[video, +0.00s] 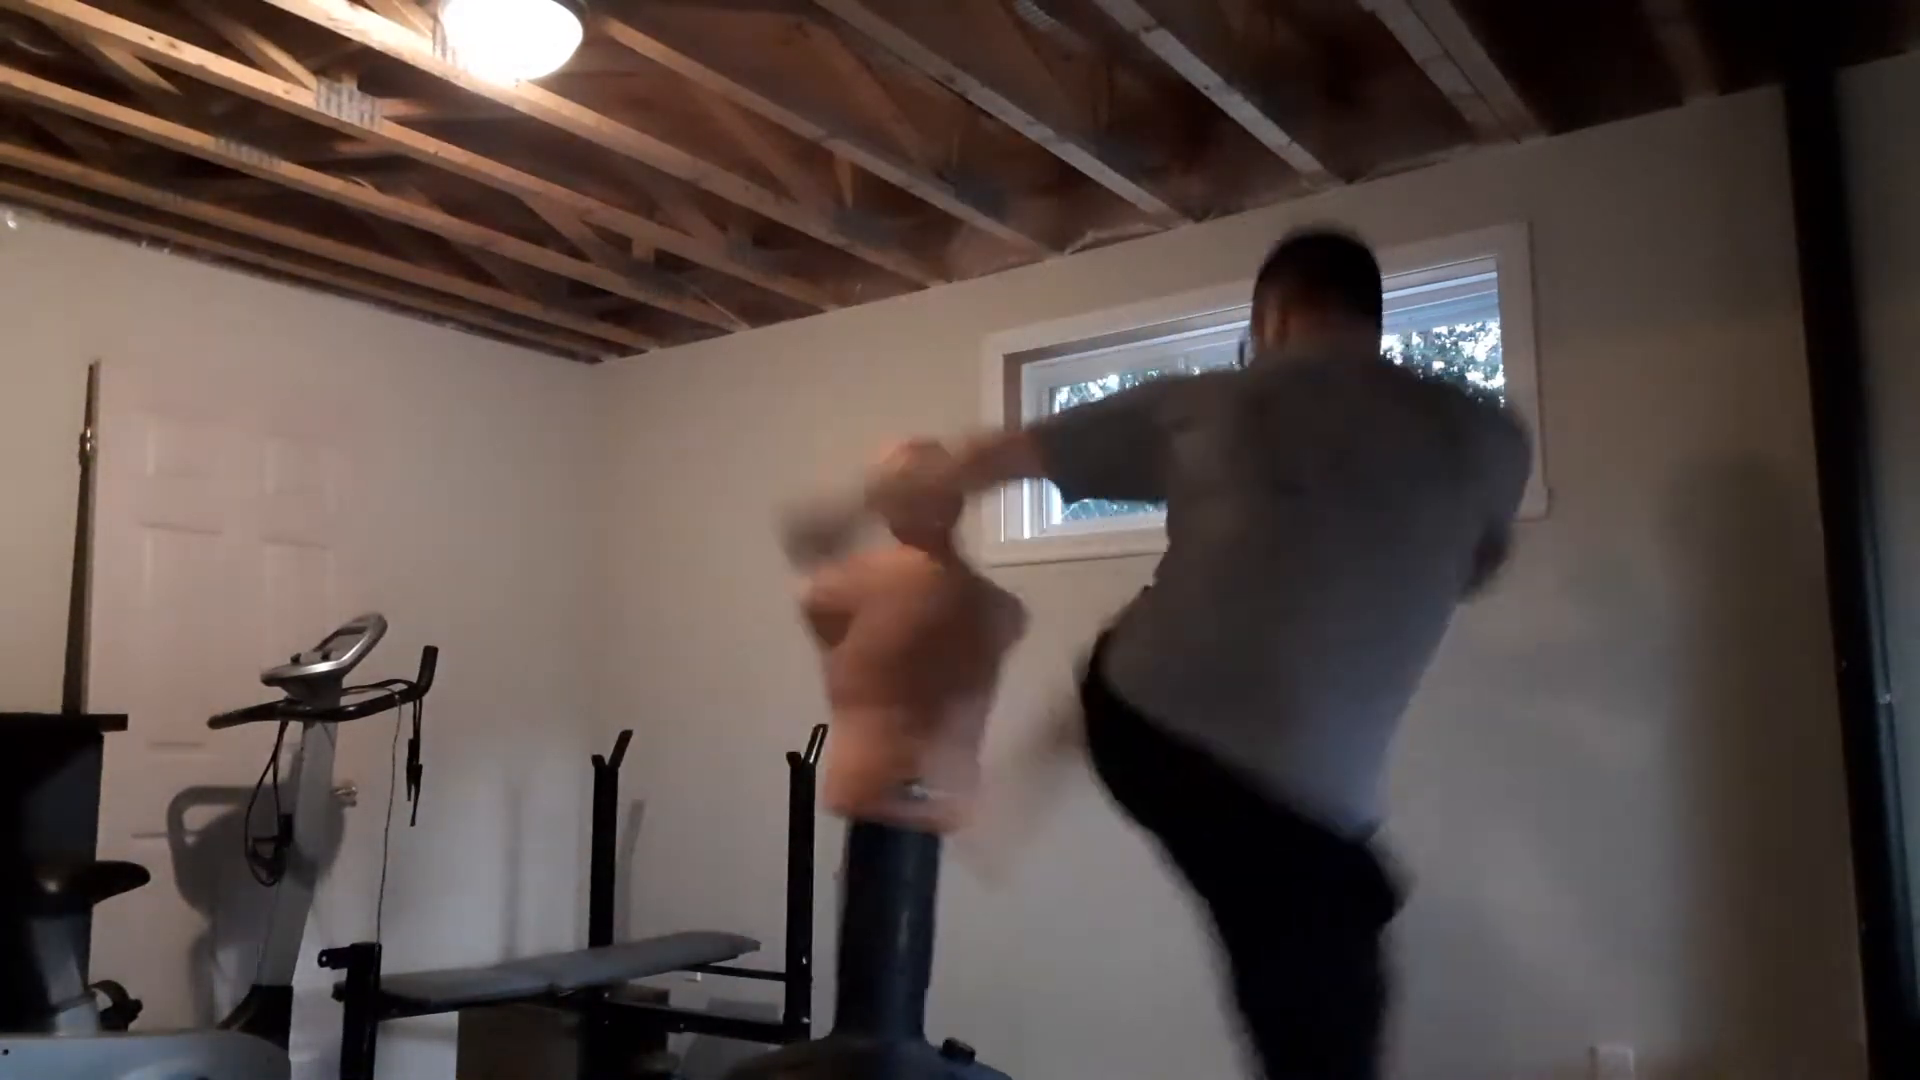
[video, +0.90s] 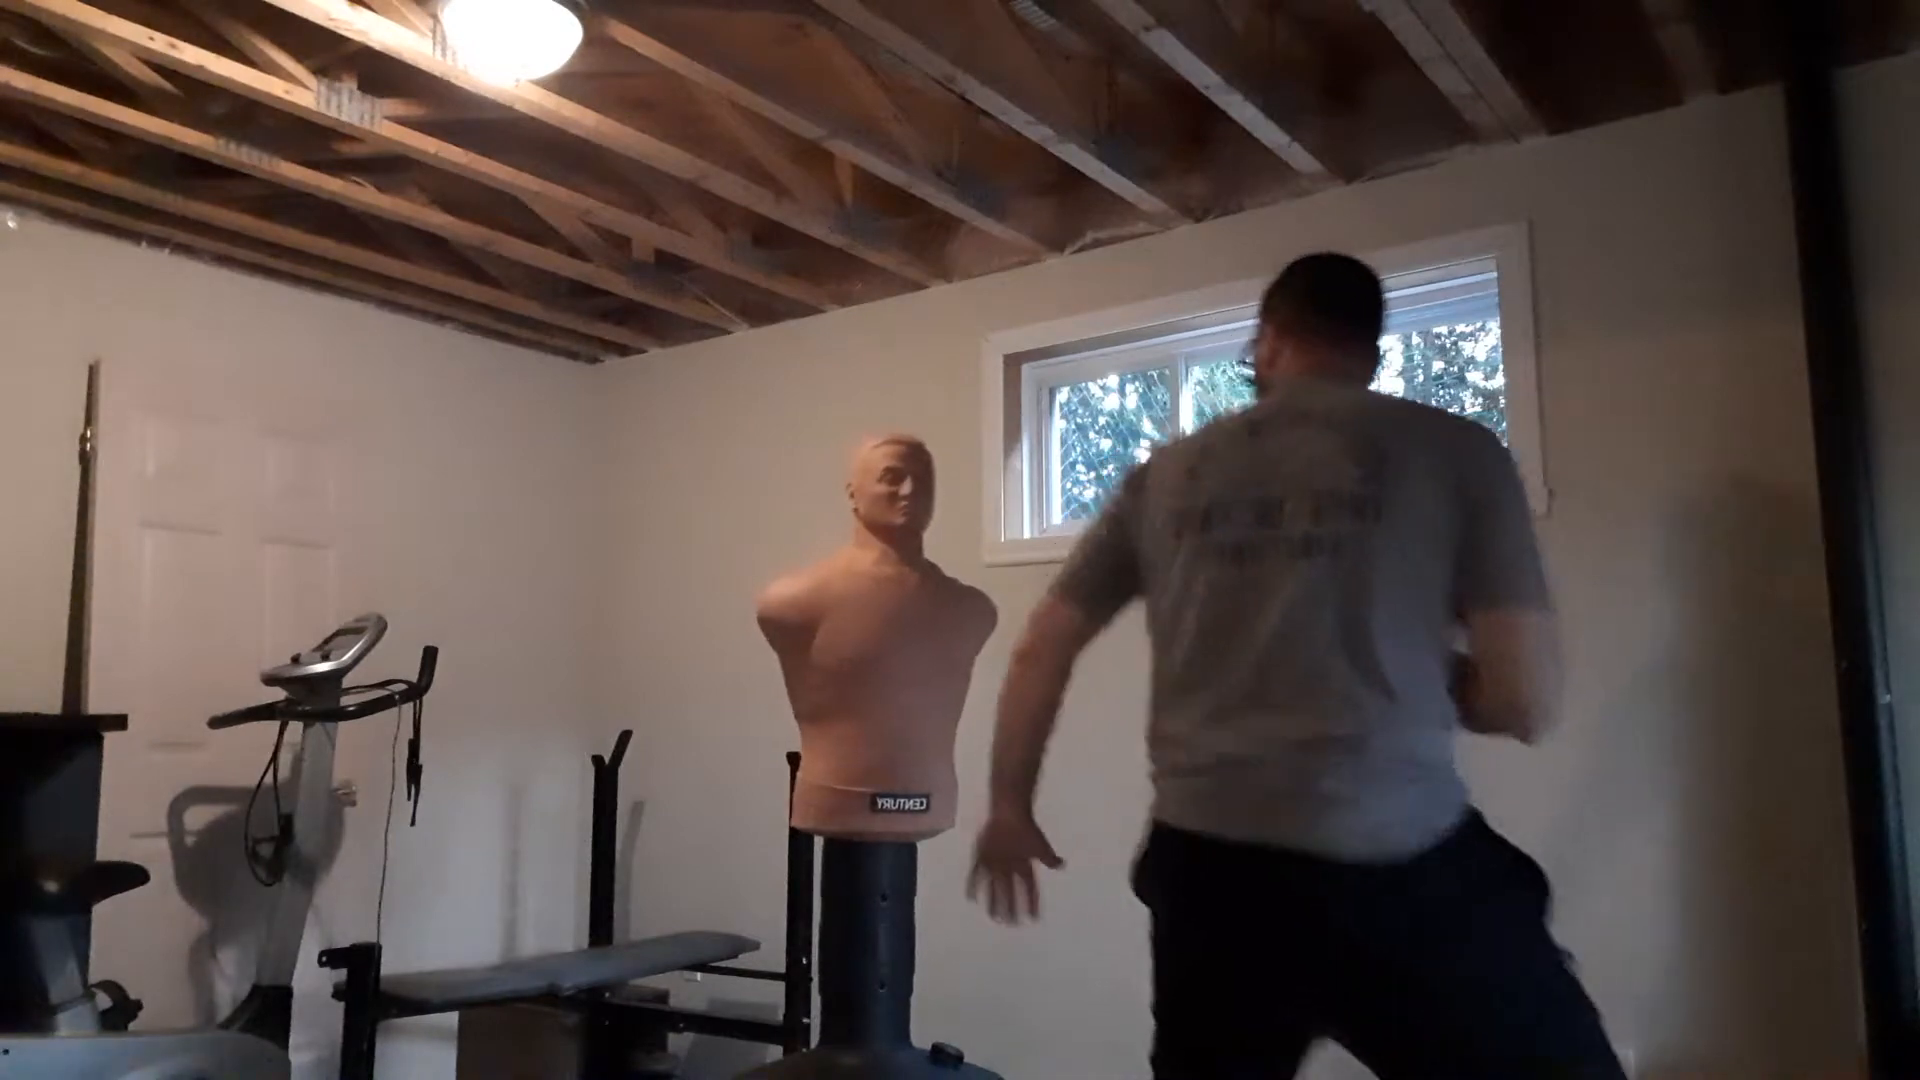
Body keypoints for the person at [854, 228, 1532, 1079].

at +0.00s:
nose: (1255, 344)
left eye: (1258, 322)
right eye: (1260, 325)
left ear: (1275, 315)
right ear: (1377, 323)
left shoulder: (1219, 403)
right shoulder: (1486, 436)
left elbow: (1045, 446)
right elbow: (1475, 569)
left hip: (1134, 718)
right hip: (1301, 801)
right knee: (1325, 1047)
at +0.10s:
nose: (1270, 315)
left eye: (1271, 296)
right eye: (1272, 299)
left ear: (1289, 280)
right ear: (1396, 287)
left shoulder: (1215, 383)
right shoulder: (1507, 394)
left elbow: (1054, 532)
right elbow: (1556, 606)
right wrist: (1427, 541)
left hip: (1184, 737)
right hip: (1371, 772)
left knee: (1154, 798)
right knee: (1455, 1053)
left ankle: (1160, 1049)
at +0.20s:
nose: (1282, 342)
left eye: (1285, 323)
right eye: (1287, 324)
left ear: (1295, 323)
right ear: (1407, 332)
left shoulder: (1212, 469)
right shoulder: (1506, 463)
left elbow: (1120, 662)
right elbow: (1587, 684)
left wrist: (1177, 774)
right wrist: (1495, 629)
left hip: (1245, 830)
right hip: (1438, 829)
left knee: (1243, 1053)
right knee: (1524, 1063)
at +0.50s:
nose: (1217, 371)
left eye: (1216, 356)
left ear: (1226, 355)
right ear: (1333, 363)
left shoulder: (1157, 490)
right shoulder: (1431, 467)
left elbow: (1097, 706)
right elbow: (1512, 691)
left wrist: (1169, 813)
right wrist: (1393, 647)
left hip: (1225, 874)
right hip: (1417, 874)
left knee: (1206, 1066)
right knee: (1513, 1068)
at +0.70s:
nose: (1208, 380)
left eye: (1211, 365)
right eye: (1213, 366)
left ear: (1222, 361)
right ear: (1325, 374)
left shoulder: (1132, 479)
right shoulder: (1400, 475)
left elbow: (1039, 675)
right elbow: (1452, 715)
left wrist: (1060, 821)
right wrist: (1354, 741)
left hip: (1167, 870)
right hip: (1354, 872)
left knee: (1175, 1070)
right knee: (1494, 1068)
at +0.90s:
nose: (1256, 357)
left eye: (1258, 339)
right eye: (1260, 340)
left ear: (1269, 341)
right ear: (1373, 355)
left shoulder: (1171, 472)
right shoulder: (1456, 452)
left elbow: (1043, 641)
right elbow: (1517, 699)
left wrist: (1008, 805)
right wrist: (1403, 664)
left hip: (1209, 885)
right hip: (1408, 882)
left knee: (1204, 1073)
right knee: (1561, 1072)